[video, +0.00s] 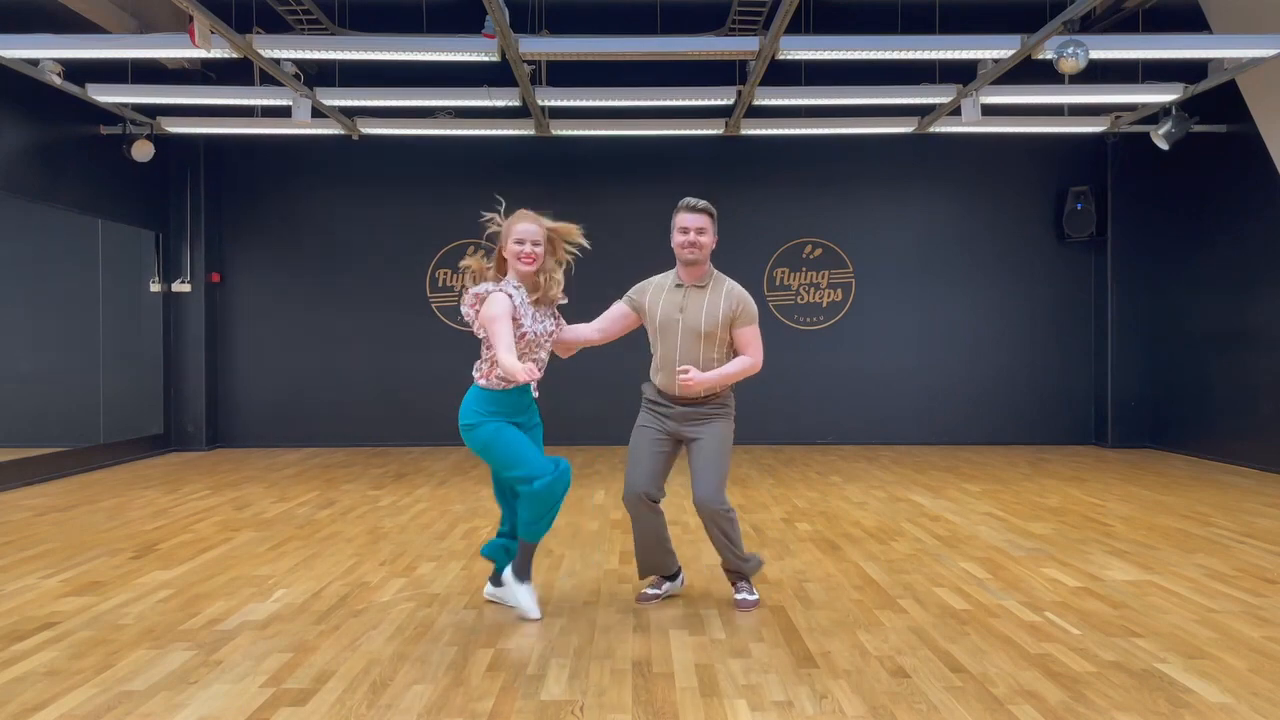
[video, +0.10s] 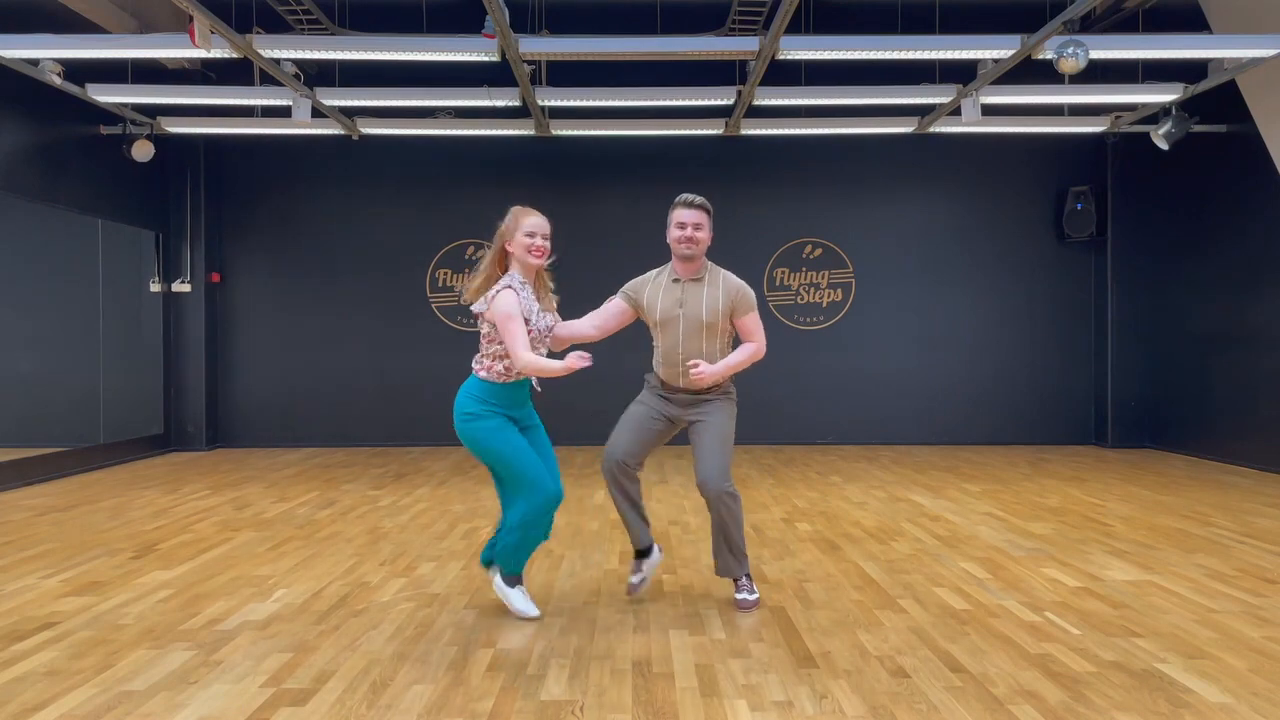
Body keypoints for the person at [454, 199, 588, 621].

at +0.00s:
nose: (528, 250)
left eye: (537, 243)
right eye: (519, 243)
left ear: (547, 251)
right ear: (503, 250)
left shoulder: (545, 298)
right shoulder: (498, 299)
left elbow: (563, 347)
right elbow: (503, 352)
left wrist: (578, 336)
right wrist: (520, 369)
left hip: (525, 410)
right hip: (486, 413)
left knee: (518, 495)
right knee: (546, 475)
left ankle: (501, 578)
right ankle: (520, 574)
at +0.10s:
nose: (541, 243)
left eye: (546, 237)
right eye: (531, 236)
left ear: (551, 246)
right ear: (509, 244)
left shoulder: (538, 292)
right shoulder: (505, 297)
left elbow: (552, 335)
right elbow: (522, 360)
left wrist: (598, 323)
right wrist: (564, 366)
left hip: (520, 403)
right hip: (482, 407)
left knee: (550, 491)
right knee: (540, 491)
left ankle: (504, 560)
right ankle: (506, 571)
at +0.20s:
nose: (559, 249)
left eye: (560, 242)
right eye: (551, 241)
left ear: (540, 249)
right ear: (525, 246)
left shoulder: (539, 295)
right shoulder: (519, 298)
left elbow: (548, 344)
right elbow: (541, 369)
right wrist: (597, 369)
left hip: (520, 410)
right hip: (489, 412)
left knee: (581, 469)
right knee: (536, 496)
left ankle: (542, 551)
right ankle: (484, 587)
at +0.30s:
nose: (578, 260)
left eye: (577, 253)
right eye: (573, 253)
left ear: (548, 258)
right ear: (550, 257)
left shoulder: (544, 300)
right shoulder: (548, 312)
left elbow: (581, 347)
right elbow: (570, 383)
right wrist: (618, 371)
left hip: (529, 420)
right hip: (515, 422)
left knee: (597, 485)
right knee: (517, 516)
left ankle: (570, 580)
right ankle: (472, 606)